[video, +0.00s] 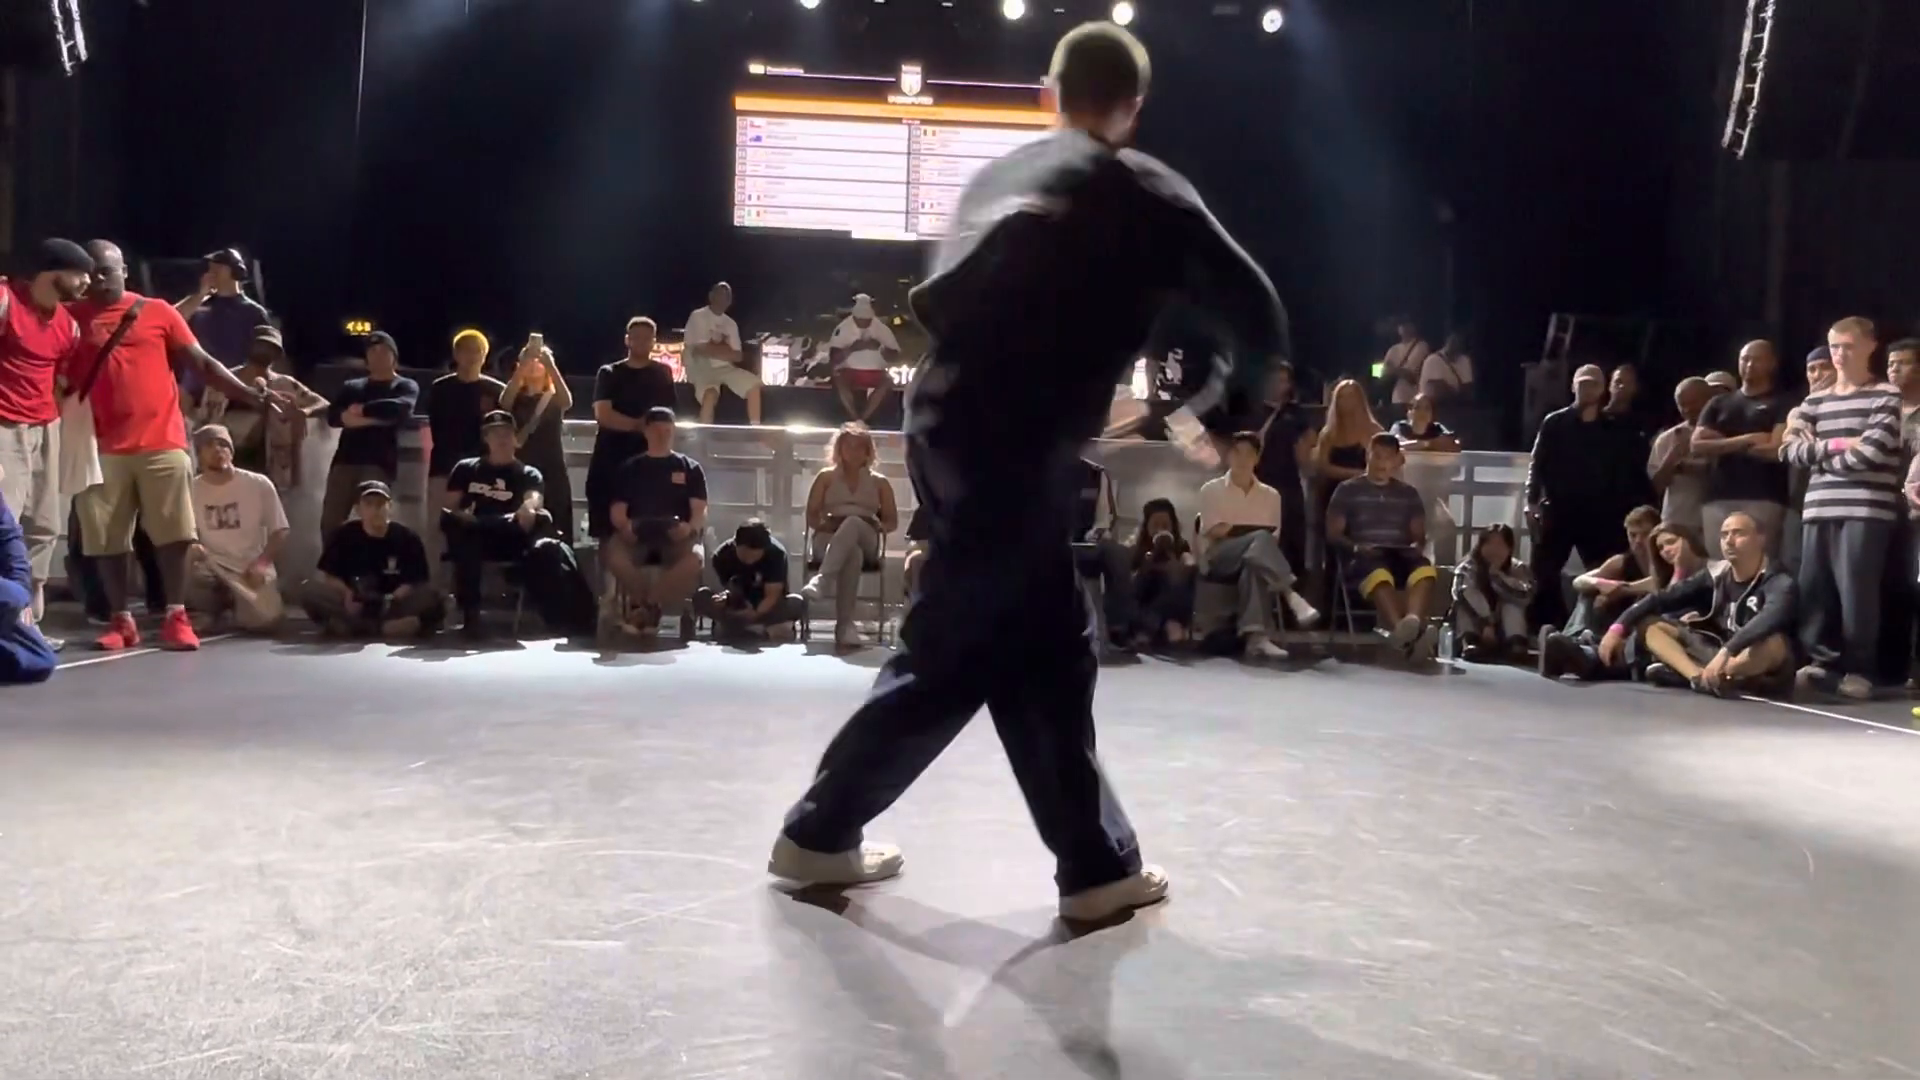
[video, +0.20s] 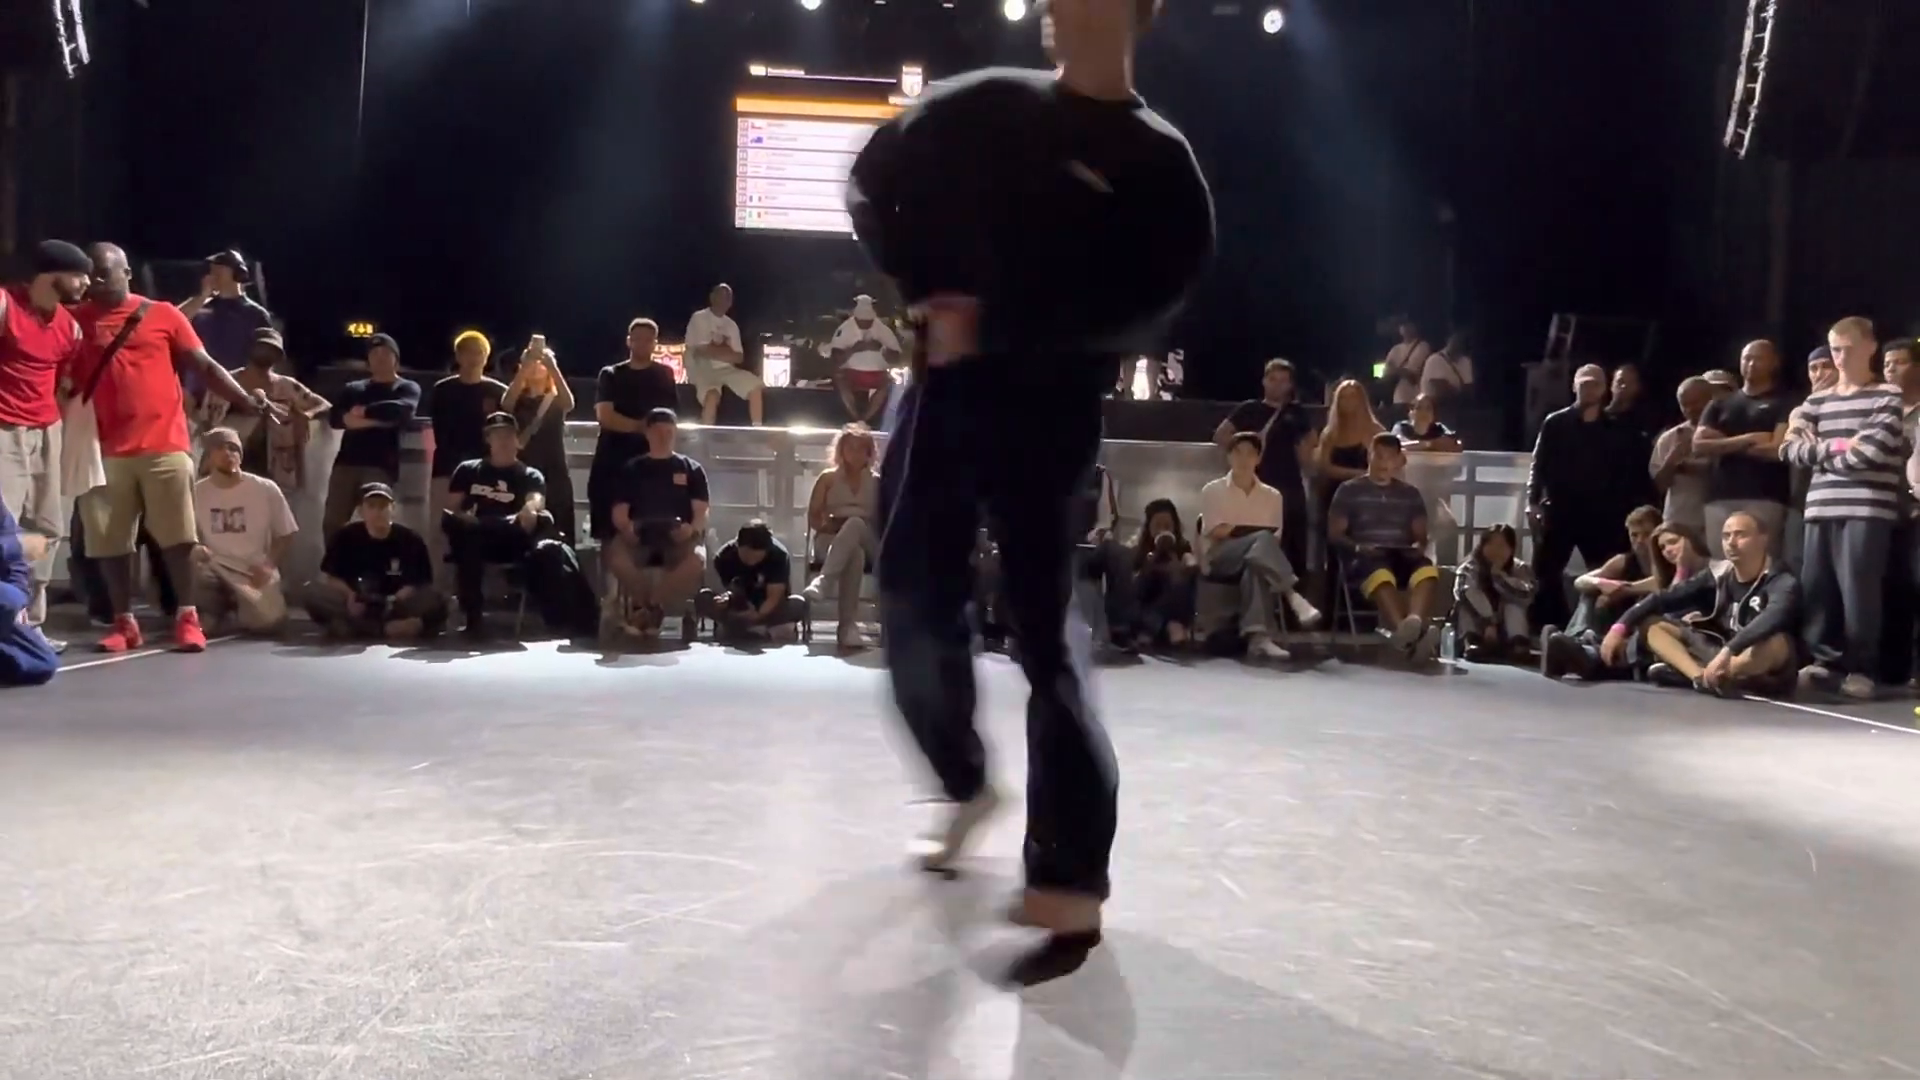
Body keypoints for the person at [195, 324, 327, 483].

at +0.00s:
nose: (264, 352)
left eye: (270, 348)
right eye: (260, 345)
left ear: (277, 354)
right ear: (251, 347)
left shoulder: (285, 383)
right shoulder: (227, 378)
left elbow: (323, 403)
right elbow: (207, 416)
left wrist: (305, 412)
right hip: (227, 450)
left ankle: (295, 473)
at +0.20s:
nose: (266, 355)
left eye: (272, 351)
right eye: (262, 348)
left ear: (278, 356)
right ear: (252, 350)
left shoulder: (286, 385)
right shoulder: (227, 381)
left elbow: (324, 404)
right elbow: (209, 420)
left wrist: (309, 413)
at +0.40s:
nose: (267, 355)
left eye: (273, 351)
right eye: (263, 348)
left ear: (279, 357)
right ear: (253, 350)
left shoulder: (287, 385)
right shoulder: (228, 381)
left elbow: (326, 405)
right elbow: (209, 417)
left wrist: (310, 413)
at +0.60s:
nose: (272, 353)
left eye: (278, 349)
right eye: (268, 346)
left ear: (283, 354)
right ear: (258, 347)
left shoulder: (291, 383)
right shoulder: (234, 379)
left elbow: (330, 403)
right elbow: (218, 414)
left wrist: (314, 411)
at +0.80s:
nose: (276, 351)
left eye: (282, 348)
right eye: (273, 345)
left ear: (287, 354)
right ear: (262, 346)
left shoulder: (296, 382)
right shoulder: (238, 377)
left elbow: (334, 404)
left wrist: (317, 411)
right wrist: (263, 406)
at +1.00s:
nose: (279, 351)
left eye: (284, 347)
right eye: (275, 344)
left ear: (290, 353)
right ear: (265, 346)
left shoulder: (299, 380)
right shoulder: (245, 376)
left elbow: (338, 403)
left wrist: (318, 410)